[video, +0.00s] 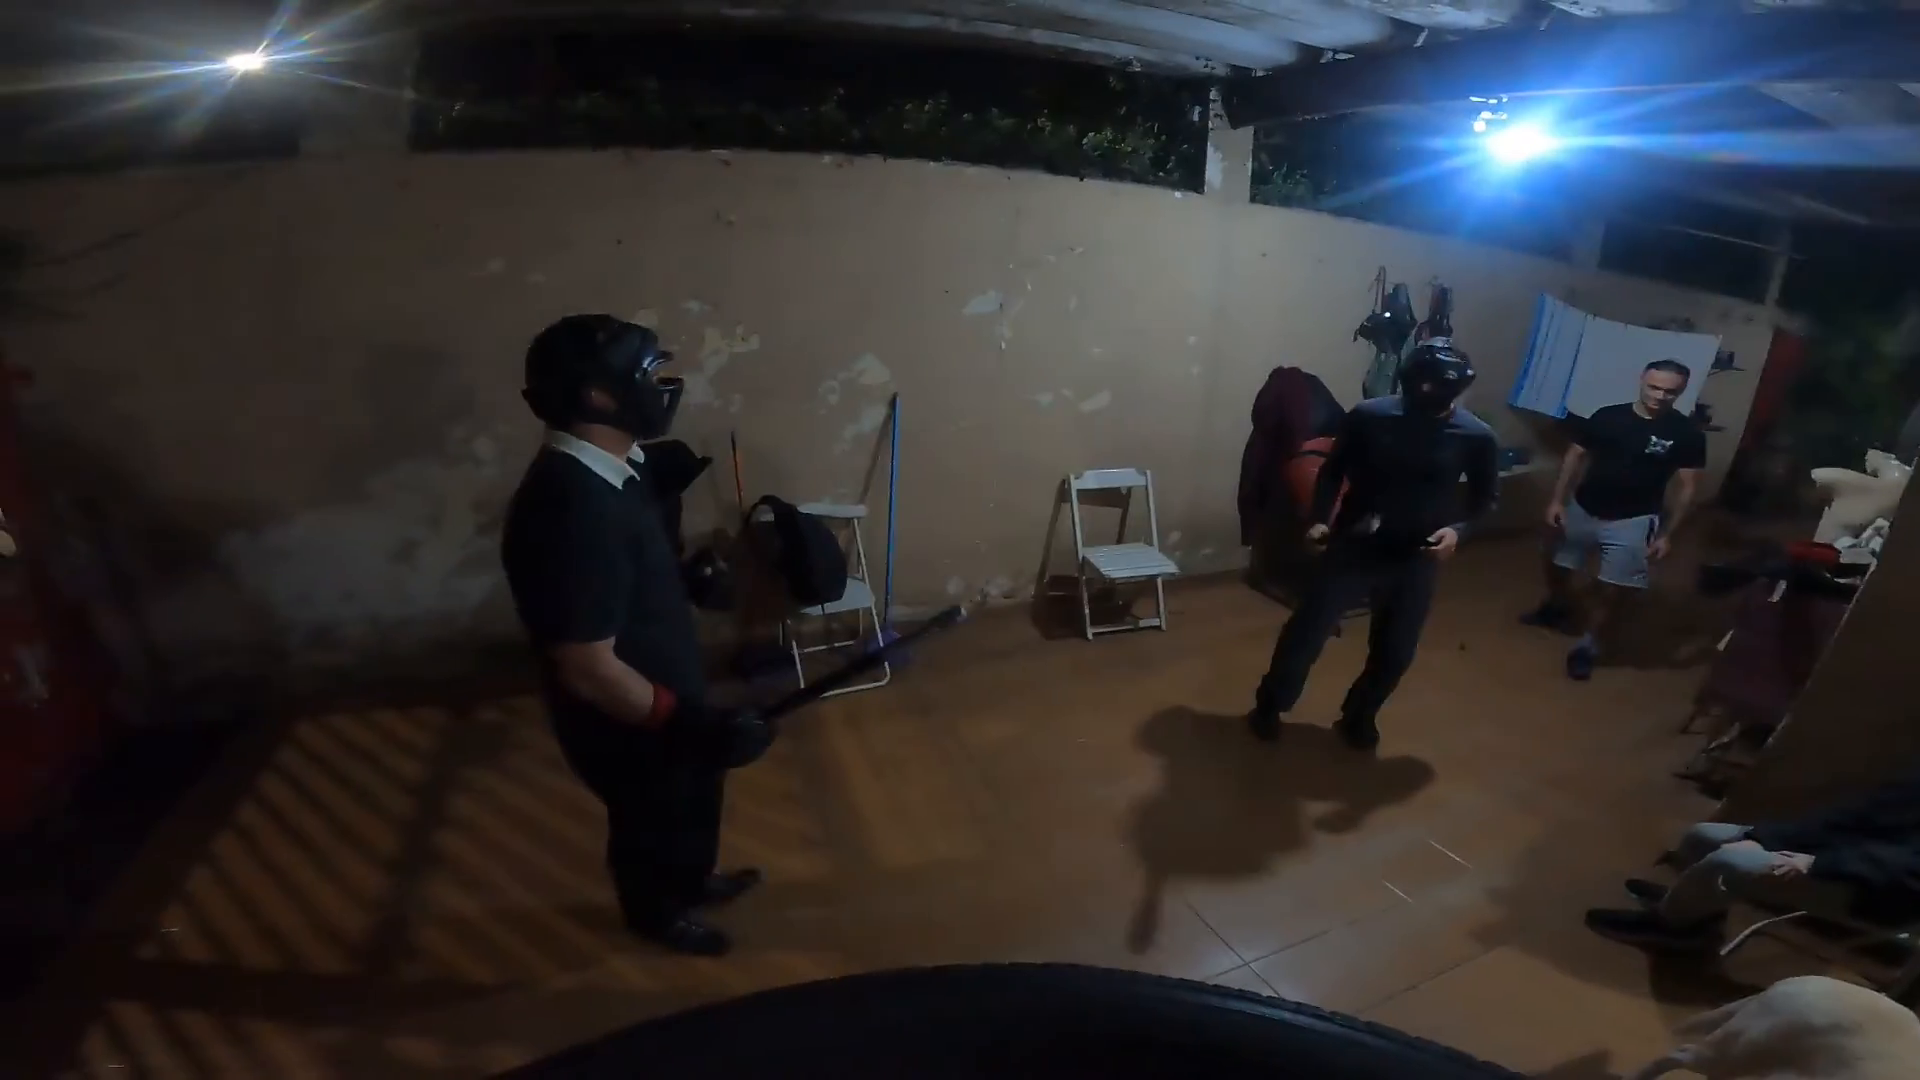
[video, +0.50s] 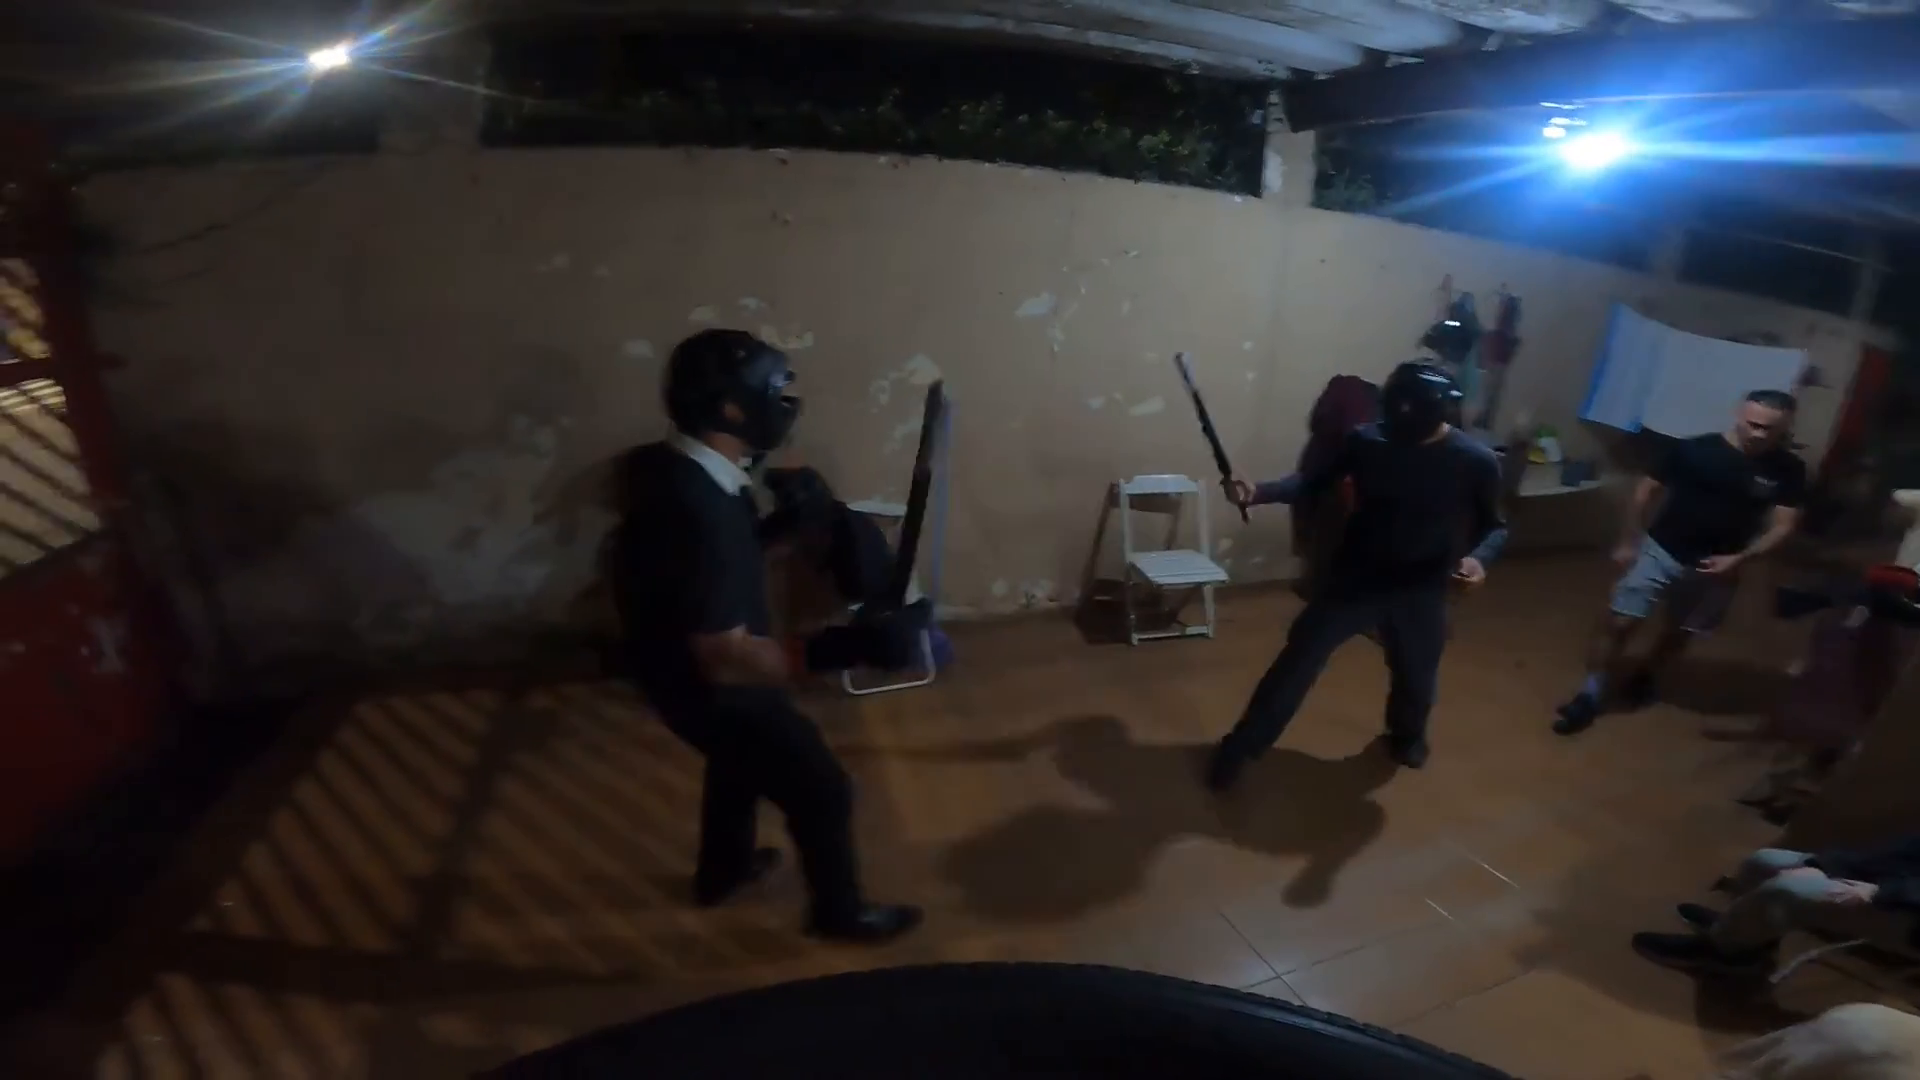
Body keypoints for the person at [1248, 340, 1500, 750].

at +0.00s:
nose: (1437, 396)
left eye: (1447, 388)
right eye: (1429, 385)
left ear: (1459, 390)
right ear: (1409, 382)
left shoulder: (1475, 439)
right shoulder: (1370, 418)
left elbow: (1484, 501)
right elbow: (1332, 472)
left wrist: (1457, 530)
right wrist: (1320, 520)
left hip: (1416, 558)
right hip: (1357, 545)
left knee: (1395, 654)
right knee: (1310, 624)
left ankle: (1359, 714)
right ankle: (1271, 703)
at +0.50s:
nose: (1395, 420)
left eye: (1406, 412)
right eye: (1392, 410)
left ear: (1434, 414)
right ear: (1388, 406)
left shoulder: (1475, 463)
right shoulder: (1366, 445)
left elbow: (1495, 527)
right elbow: (1314, 483)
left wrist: (1479, 557)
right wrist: (1259, 493)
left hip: (1421, 589)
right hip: (1354, 578)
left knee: (1417, 680)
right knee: (1299, 659)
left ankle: (1407, 740)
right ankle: (1238, 749)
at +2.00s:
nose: (1477, 459)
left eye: (1474, 449)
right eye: (1467, 450)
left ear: (1474, 449)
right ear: (1438, 445)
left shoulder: (1509, 493)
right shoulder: (1392, 477)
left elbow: (1548, 564)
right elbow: (1350, 536)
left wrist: (1531, 601)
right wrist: (1313, 578)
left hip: (1443, 622)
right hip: (1371, 611)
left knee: (1451, 719)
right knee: (1299, 695)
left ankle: (1413, 741)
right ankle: (1228, 770)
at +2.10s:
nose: (1475, 457)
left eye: (1475, 446)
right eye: (1464, 448)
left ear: (1480, 440)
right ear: (1438, 439)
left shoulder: (1510, 490)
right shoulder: (1395, 471)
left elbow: (1543, 564)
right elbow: (1353, 528)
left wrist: (1521, 601)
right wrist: (1303, 572)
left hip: (1442, 619)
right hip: (1371, 607)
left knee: (1446, 717)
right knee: (1300, 692)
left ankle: (1415, 741)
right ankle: (1228, 771)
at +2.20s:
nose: (1421, 446)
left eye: (1432, 442)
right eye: (1420, 438)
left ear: (1465, 441)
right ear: (1415, 431)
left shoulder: (1500, 489)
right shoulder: (1386, 468)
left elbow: (1521, 568)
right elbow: (1343, 526)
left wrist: (1496, 618)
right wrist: (1298, 572)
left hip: (1431, 618)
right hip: (1361, 603)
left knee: (1441, 713)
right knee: (1298, 684)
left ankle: (1421, 740)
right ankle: (1233, 768)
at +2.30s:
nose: (1407, 439)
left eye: (1419, 431)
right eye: (1406, 427)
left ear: (1450, 436)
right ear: (1401, 426)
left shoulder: (1488, 487)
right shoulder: (1370, 467)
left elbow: (1505, 564)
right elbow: (1334, 526)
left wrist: (1481, 627)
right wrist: (1293, 572)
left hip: (1424, 619)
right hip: (1355, 605)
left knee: (1438, 709)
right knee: (1296, 676)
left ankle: (1420, 736)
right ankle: (1233, 764)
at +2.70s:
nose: (1345, 464)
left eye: (1354, 455)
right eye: (1338, 453)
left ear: (1384, 444)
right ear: (1330, 442)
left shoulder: (1425, 481)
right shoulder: (1310, 472)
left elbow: (1466, 548)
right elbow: (1269, 526)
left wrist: (1444, 617)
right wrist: (1221, 575)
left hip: (1388, 608)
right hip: (1318, 599)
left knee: (1399, 705)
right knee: (1274, 673)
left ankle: (1392, 747)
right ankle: (1230, 765)